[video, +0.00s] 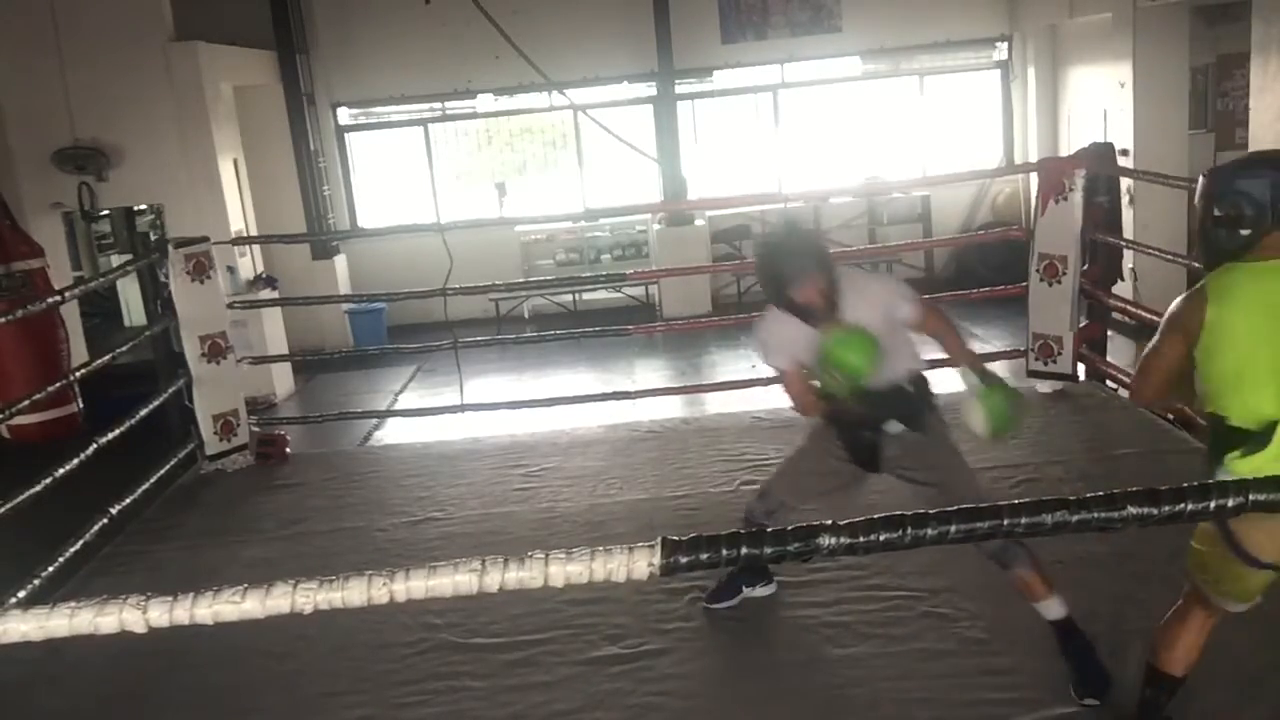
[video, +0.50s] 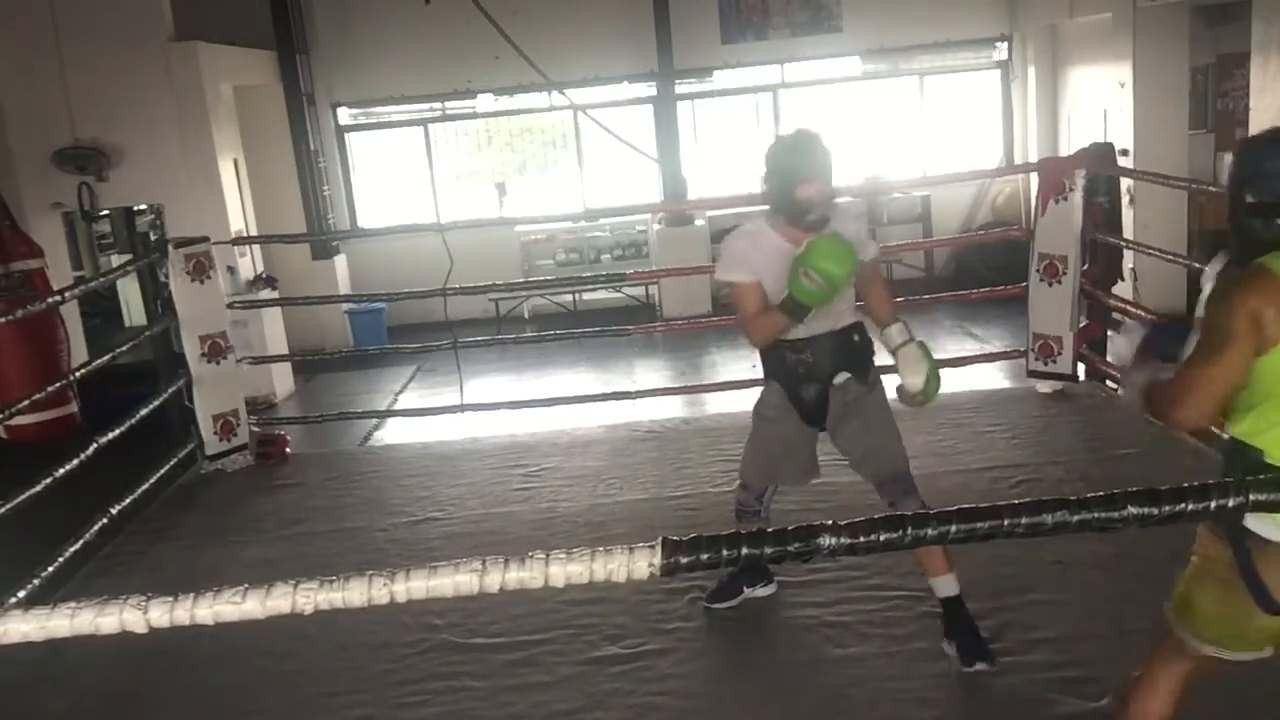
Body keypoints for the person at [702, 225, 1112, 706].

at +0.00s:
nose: (815, 297)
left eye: (818, 282)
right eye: (800, 291)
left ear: (828, 268)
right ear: (780, 294)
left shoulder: (873, 292)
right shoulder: (777, 330)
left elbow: (936, 322)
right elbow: (805, 401)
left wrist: (984, 380)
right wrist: (846, 415)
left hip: (910, 415)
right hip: (844, 423)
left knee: (982, 521)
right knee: (766, 506)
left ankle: (1070, 638)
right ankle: (754, 570)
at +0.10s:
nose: (789, 260)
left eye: (791, 246)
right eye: (775, 255)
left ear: (801, 236)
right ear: (753, 258)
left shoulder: (837, 258)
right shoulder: (750, 300)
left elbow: (891, 299)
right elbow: (769, 380)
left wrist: (936, 353)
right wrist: (803, 359)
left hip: (880, 397)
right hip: (818, 411)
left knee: (947, 506)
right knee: (753, 502)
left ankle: (1026, 630)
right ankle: (753, 570)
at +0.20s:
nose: (775, 226)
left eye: (781, 212)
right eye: (761, 219)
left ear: (795, 207)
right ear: (742, 226)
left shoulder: (832, 242)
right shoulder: (738, 277)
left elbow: (878, 295)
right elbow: (756, 361)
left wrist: (910, 346)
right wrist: (788, 328)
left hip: (867, 382)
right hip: (804, 396)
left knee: (918, 496)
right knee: (749, 500)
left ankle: (971, 615)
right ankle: (753, 570)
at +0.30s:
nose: (779, 205)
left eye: (785, 191)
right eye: (765, 197)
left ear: (801, 188)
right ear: (745, 203)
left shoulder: (833, 225)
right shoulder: (733, 259)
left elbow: (869, 288)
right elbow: (751, 343)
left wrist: (896, 342)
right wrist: (785, 310)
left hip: (854, 373)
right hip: (791, 384)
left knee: (902, 491)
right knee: (751, 491)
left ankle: (953, 613)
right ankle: (754, 569)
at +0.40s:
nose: (792, 196)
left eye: (798, 182)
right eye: (778, 186)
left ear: (810, 182)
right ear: (755, 193)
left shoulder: (838, 224)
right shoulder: (735, 253)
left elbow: (868, 287)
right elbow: (750, 336)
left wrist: (895, 344)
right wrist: (789, 304)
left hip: (852, 375)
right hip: (786, 385)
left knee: (902, 490)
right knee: (751, 490)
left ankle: (953, 612)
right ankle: (754, 569)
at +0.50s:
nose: (818, 191)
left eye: (823, 178)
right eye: (804, 181)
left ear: (830, 180)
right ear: (778, 186)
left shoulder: (847, 227)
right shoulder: (746, 247)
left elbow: (873, 290)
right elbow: (757, 332)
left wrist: (903, 343)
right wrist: (800, 297)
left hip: (853, 380)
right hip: (786, 387)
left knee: (902, 494)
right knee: (750, 494)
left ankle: (956, 615)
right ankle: (752, 573)